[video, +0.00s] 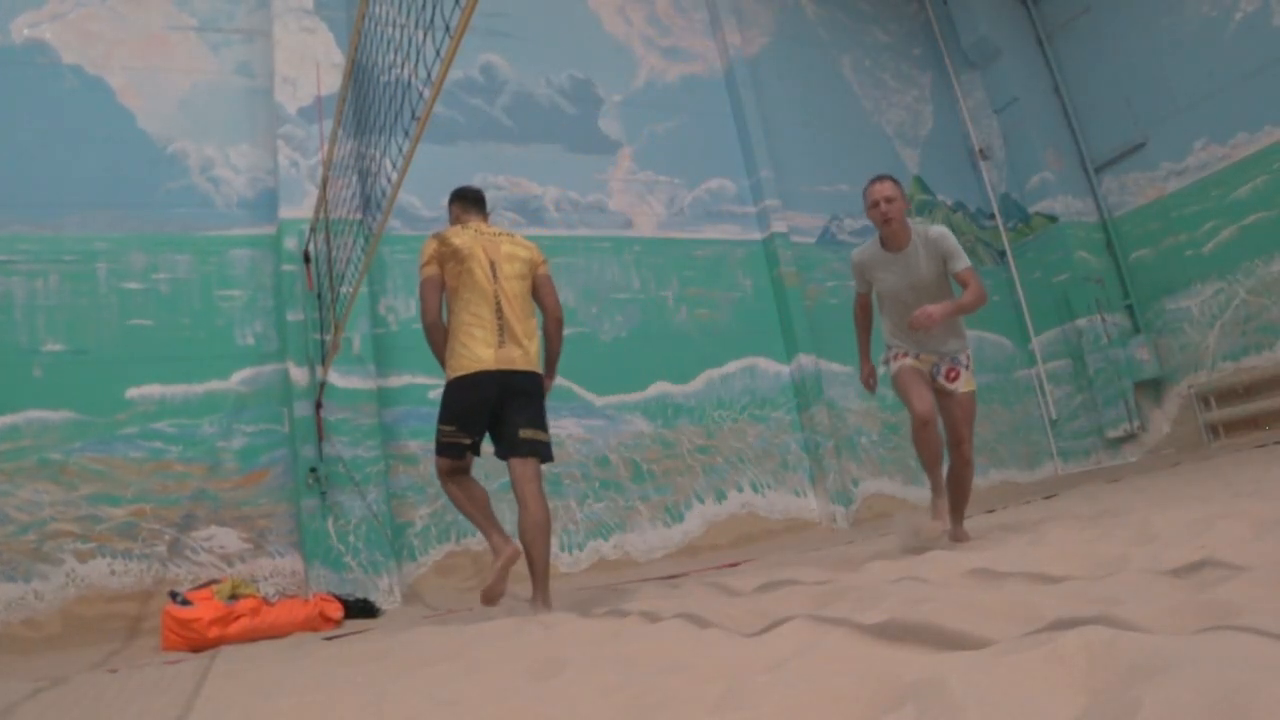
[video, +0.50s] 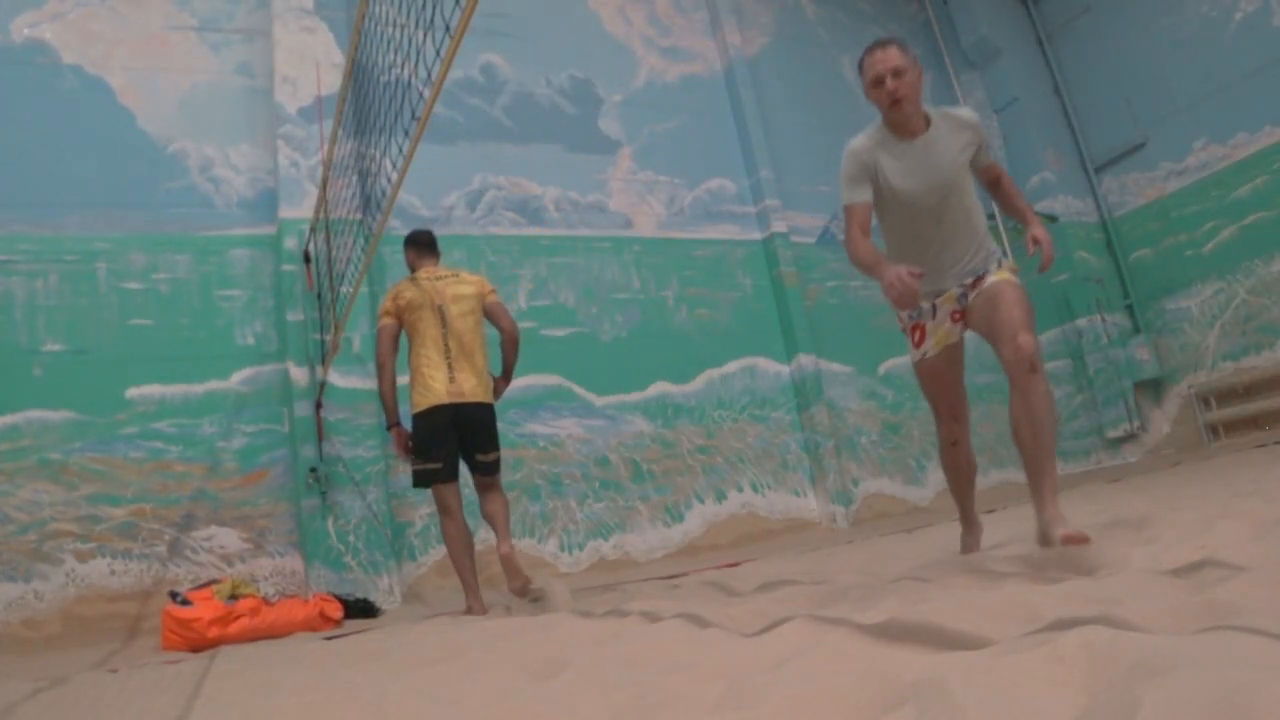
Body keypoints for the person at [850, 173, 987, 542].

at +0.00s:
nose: (884, 209)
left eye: (890, 201)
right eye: (875, 205)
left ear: (905, 204)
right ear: (868, 215)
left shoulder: (937, 238)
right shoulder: (864, 259)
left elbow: (978, 292)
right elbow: (863, 305)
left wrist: (944, 309)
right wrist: (865, 360)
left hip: (950, 351)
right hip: (904, 353)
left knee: (962, 447)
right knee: (923, 412)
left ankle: (956, 525)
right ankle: (937, 487)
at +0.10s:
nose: (875, 180)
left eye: (881, 171)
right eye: (865, 176)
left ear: (896, 175)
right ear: (858, 186)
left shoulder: (933, 208)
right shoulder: (856, 236)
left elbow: (977, 262)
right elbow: (857, 287)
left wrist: (946, 287)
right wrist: (863, 343)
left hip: (954, 328)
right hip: (905, 332)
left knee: (962, 432)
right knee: (928, 406)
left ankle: (968, 515)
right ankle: (962, 511)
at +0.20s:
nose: (873, 168)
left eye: (879, 158)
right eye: (863, 163)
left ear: (895, 160)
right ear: (855, 175)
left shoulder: (934, 195)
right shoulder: (852, 231)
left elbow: (984, 248)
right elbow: (851, 294)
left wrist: (966, 281)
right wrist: (859, 354)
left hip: (963, 326)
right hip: (910, 336)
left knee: (982, 440)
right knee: (943, 428)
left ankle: (962, 491)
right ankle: (979, 527)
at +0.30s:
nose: (875, 159)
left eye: (881, 149)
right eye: (864, 155)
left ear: (899, 152)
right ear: (855, 167)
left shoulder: (942, 190)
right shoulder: (854, 229)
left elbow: (985, 237)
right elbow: (849, 301)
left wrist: (1001, 281)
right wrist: (858, 364)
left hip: (972, 323)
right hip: (915, 338)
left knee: (1001, 432)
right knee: (951, 440)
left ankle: (984, 471)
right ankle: (979, 529)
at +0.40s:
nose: (883, 136)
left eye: (889, 124)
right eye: (871, 131)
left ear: (907, 127)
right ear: (861, 144)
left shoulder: (949, 169)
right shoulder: (857, 204)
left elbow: (989, 217)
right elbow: (853, 277)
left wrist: (1018, 254)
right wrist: (866, 321)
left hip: (976, 307)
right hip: (918, 330)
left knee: (1012, 382)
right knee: (949, 447)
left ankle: (1012, 489)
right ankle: (977, 529)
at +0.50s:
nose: (891, 87)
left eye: (898, 74)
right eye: (878, 81)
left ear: (919, 76)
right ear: (868, 95)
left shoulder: (963, 125)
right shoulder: (863, 155)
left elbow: (995, 180)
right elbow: (855, 239)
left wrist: (1031, 221)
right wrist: (884, 270)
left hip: (985, 273)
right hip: (923, 299)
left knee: (1025, 353)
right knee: (951, 425)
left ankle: (1050, 517)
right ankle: (969, 525)